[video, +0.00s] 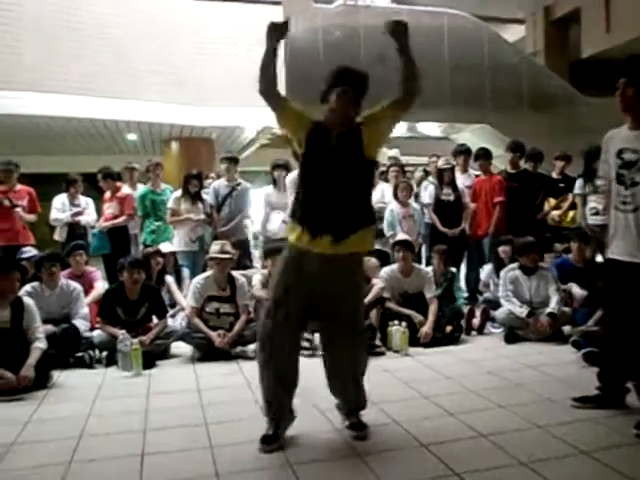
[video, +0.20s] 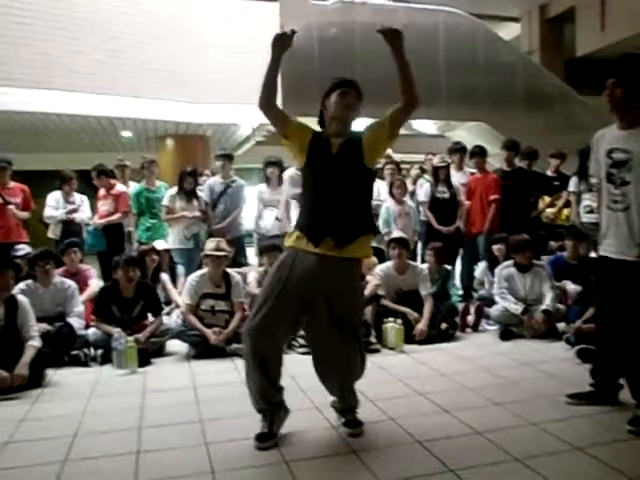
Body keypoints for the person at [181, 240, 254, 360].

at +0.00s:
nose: (222, 265)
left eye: (225, 260)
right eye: (217, 261)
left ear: (232, 262)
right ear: (211, 262)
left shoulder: (239, 282)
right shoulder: (199, 282)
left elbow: (244, 314)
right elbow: (192, 314)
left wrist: (231, 336)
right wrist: (212, 335)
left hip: (232, 328)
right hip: (207, 329)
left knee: (257, 329)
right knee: (184, 334)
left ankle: (207, 352)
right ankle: (233, 351)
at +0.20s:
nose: (217, 262)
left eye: (221, 258)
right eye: (213, 258)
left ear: (227, 260)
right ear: (205, 260)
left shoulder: (235, 280)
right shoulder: (195, 280)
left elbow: (239, 311)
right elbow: (187, 312)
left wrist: (226, 333)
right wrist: (207, 332)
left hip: (226, 326)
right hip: (201, 326)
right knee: (179, 332)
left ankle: (201, 350)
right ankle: (225, 349)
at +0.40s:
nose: (207, 261)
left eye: (211, 257)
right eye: (203, 257)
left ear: (217, 259)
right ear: (196, 259)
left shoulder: (225, 279)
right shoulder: (185, 279)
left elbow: (230, 310)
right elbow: (177, 311)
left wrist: (217, 332)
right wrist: (197, 331)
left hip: (217, 325)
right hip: (192, 325)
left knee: (239, 332)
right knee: (169, 332)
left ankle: (190, 350)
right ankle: (217, 349)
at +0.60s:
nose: (202, 238)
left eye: (205, 233)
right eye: (197, 234)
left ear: (212, 235)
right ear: (191, 235)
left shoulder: (219, 256)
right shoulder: (180, 256)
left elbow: (225, 287)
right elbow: (172, 287)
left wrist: (212, 309)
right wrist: (192, 307)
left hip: (211, 301)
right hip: (187, 301)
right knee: (183, 323)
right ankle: (216, 324)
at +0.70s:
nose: (202, 241)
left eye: (206, 237)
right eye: (198, 237)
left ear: (213, 237)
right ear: (191, 238)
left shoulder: (221, 258)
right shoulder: (182, 258)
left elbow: (227, 289)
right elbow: (175, 290)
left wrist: (214, 311)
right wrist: (195, 310)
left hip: (214, 302)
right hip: (190, 302)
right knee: (184, 327)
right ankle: (220, 326)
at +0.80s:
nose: (202, 239)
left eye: (206, 235)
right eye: (198, 235)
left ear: (213, 237)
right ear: (192, 238)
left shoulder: (222, 257)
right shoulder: (182, 258)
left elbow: (228, 288)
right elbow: (175, 290)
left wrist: (214, 311)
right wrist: (195, 309)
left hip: (215, 303)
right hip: (191, 303)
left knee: (241, 304)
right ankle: (218, 326)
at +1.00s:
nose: (206, 239)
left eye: (210, 235)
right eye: (202, 235)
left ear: (216, 237)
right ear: (195, 237)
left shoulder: (224, 257)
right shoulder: (185, 258)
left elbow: (230, 288)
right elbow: (178, 290)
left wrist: (218, 310)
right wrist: (198, 310)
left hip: (218, 304)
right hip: (194, 304)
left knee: (245, 304)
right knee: (168, 310)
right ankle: (220, 326)